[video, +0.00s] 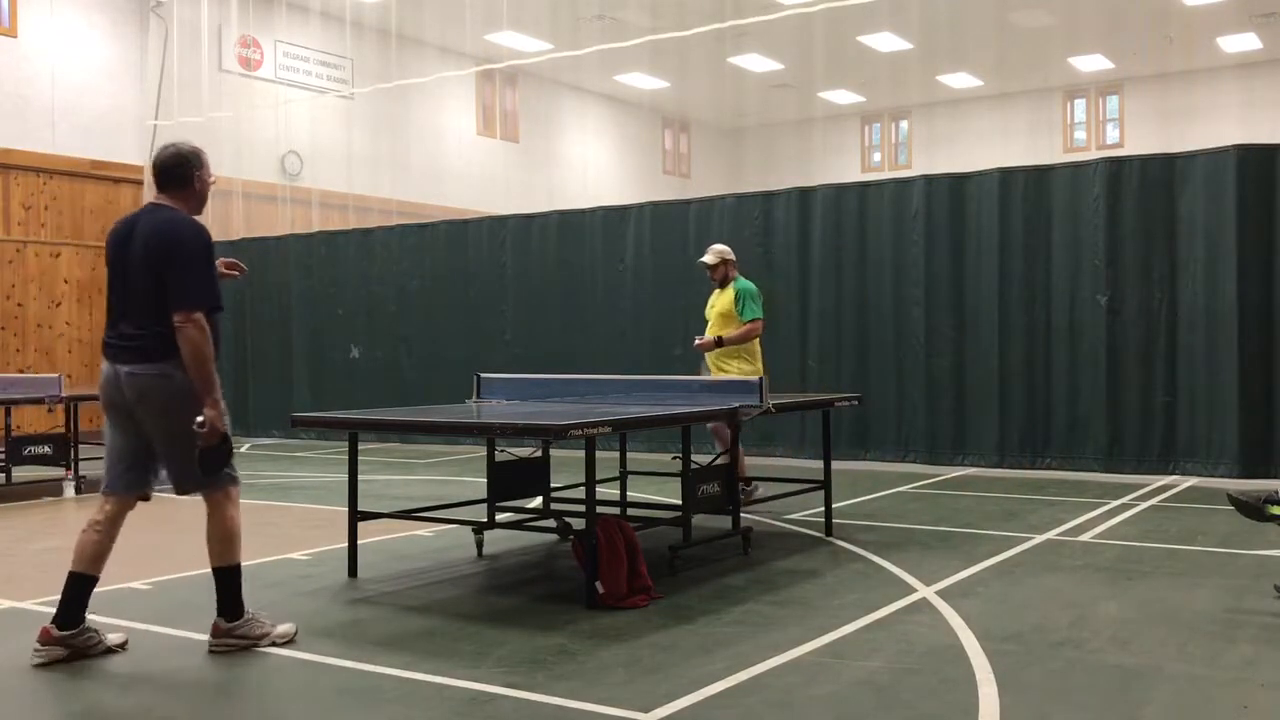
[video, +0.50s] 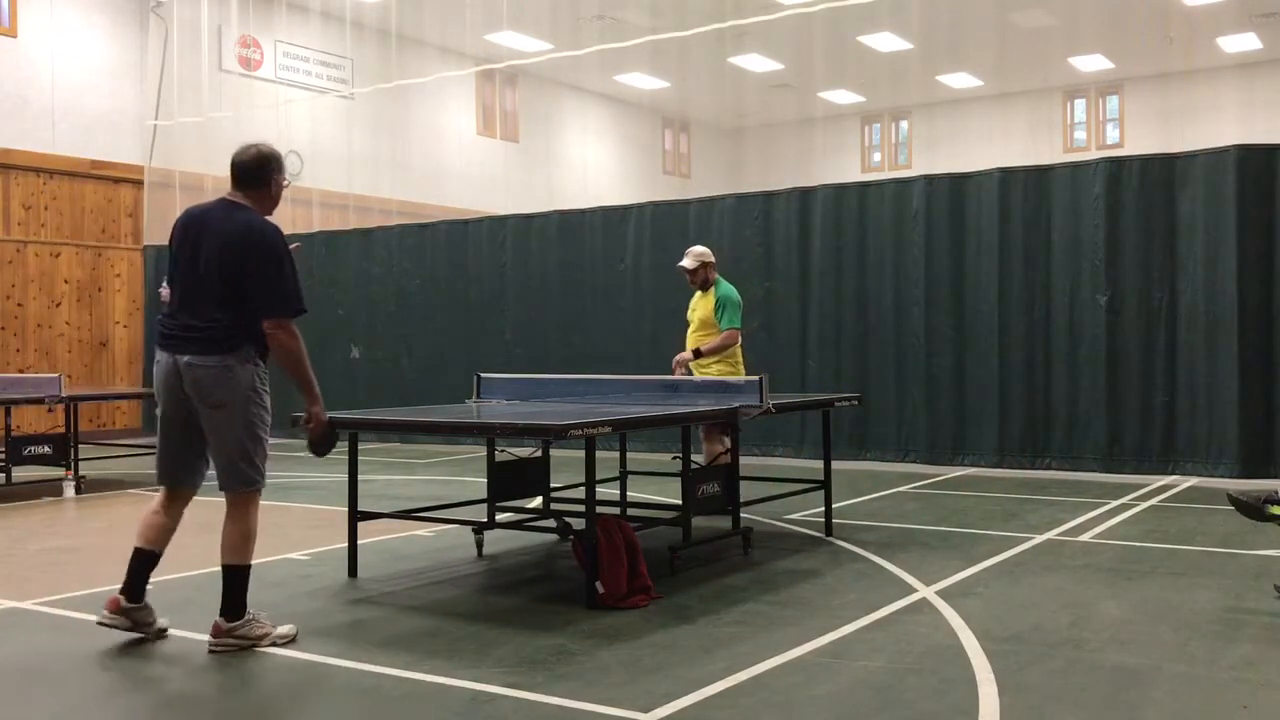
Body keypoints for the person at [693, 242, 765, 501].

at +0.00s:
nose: (710, 273)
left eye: (713, 268)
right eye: (708, 268)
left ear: (729, 265)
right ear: (715, 268)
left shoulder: (745, 288)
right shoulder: (719, 291)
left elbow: (755, 327)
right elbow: (721, 328)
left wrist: (716, 341)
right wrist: (706, 340)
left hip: (740, 375)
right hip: (719, 374)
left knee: (719, 424)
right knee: (720, 426)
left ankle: (742, 480)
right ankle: (740, 480)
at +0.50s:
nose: (689, 277)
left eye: (693, 272)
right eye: (687, 272)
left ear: (709, 268)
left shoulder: (726, 294)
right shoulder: (699, 295)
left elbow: (732, 337)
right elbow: (700, 337)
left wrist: (693, 353)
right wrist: (684, 361)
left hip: (723, 378)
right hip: (704, 377)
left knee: (711, 434)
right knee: (717, 434)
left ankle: (715, 492)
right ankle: (723, 491)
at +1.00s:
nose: (679, 276)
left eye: (683, 271)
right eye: (676, 271)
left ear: (699, 267)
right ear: (674, 270)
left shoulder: (717, 296)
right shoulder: (690, 293)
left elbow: (725, 339)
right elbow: (695, 336)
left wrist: (689, 360)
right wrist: (683, 363)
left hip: (717, 374)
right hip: (696, 374)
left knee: (710, 431)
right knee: (702, 429)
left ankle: (713, 485)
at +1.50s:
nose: (678, 271)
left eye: (684, 265)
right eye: (676, 265)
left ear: (700, 264)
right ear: (675, 265)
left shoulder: (716, 293)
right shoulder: (689, 291)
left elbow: (724, 336)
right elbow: (688, 334)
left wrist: (687, 354)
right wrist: (676, 363)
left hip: (713, 375)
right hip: (692, 374)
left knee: (709, 432)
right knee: (703, 431)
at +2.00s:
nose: (677, 269)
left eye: (682, 262)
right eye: (675, 263)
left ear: (699, 262)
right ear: (675, 264)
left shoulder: (714, 291)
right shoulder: (691, 290)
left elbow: (718, 333)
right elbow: (689, 335)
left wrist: (677, 326)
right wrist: (677, 370)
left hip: (709, 377)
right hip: (688, 376)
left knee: (706, 433)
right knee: (703, 433)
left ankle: (716, 488)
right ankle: (715, 487)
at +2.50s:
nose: (677, 268)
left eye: (682, 262)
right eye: (675, 263)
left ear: (699, 263)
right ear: (675, 264)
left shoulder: (713, 289)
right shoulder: (690, 290)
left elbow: (718, 330)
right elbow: (687, 334)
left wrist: (676, 325)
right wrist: (676, 368)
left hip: (708, 377)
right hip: (688, 376)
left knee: (705, 433)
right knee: (701, 433)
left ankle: (714, 487)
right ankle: (716, 486)